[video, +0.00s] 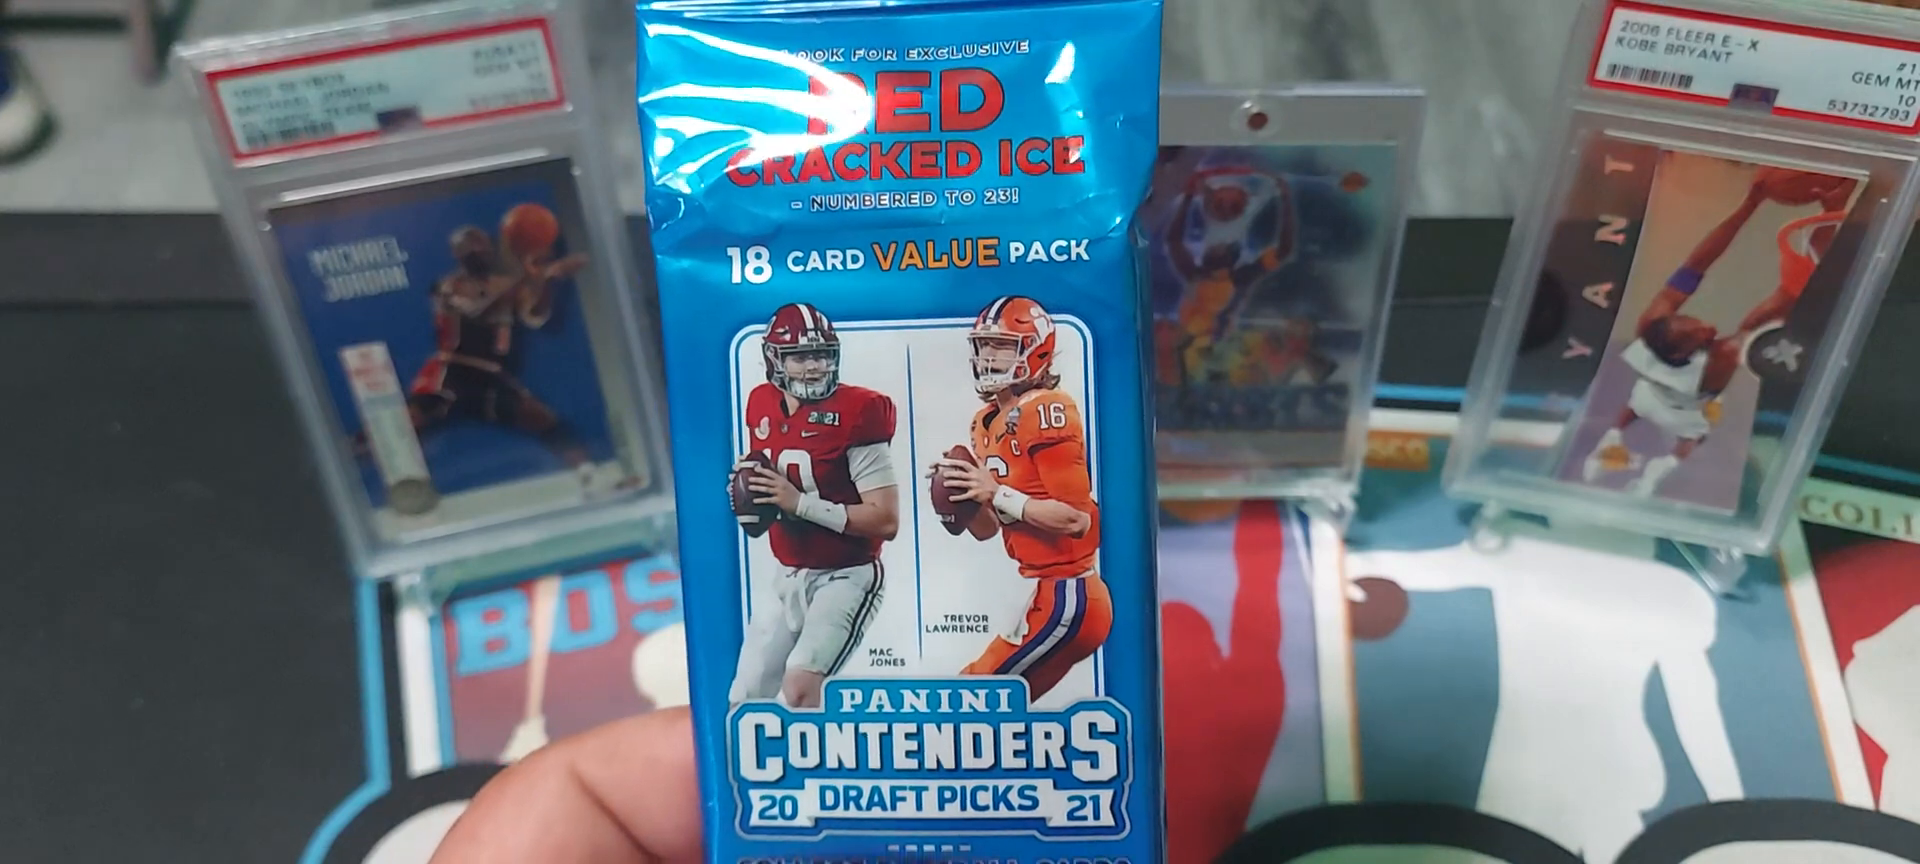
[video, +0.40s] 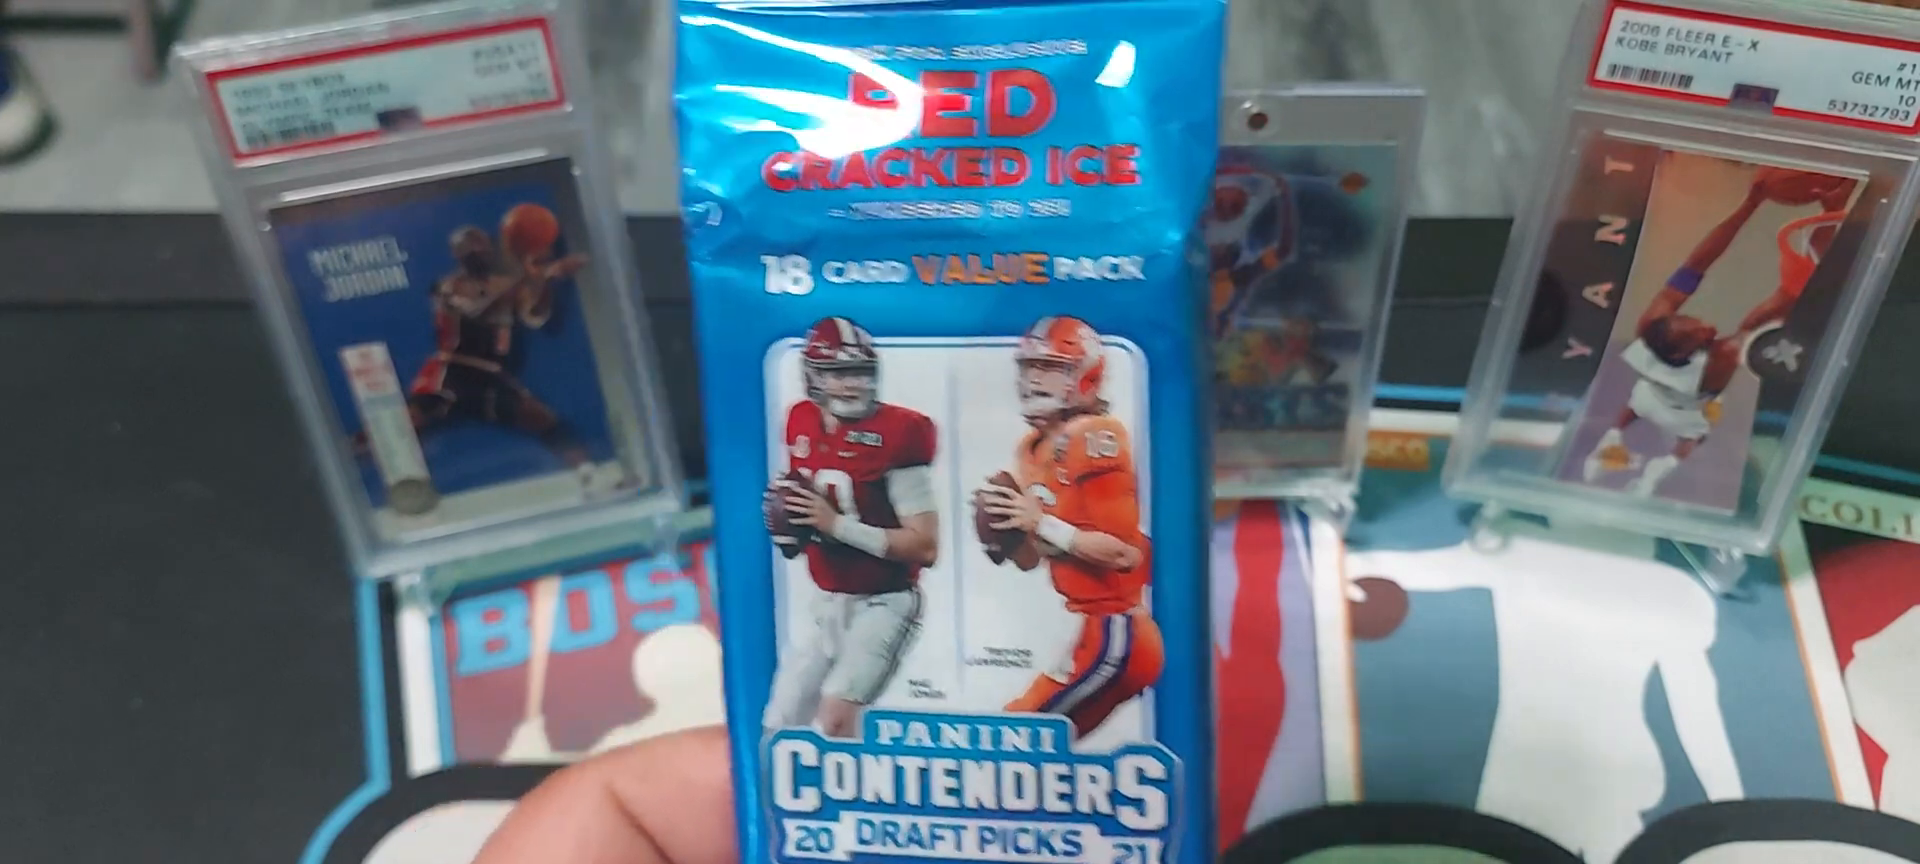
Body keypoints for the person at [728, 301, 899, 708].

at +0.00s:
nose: (813, 366)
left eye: (821, 355)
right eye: (800, 356)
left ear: (834, 357)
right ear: (776, 359)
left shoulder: (860, 411)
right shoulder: (762, 402)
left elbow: (885, 521)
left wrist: (798, 502)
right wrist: (745, 490)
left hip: (849, 576)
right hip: (788, 578)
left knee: (799, 689)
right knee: (744, 701)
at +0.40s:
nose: (852, 384)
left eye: (861, 372)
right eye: (838, 373)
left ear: (875, 375)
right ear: (813, 377)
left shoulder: (902, 432)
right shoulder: (802, 420)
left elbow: (925, 546)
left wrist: (836, 524)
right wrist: (783, 514)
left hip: (887, 602)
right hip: (826, 602)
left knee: (836, 715)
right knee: (779, 726)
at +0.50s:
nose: (904, 412)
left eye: (914, 400)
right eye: (890, 400)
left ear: (928, 402)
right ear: (865, 403)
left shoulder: (956, 461)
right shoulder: (852, 447)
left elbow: (975, 577)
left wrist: (885, 553)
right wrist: (832, 543)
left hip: (935, 635)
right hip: (871, 632)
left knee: (881, 748)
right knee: (823, 757)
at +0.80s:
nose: (959, 402)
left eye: (968, 391)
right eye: (946, 391)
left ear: (982, 394)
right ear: (919, 393)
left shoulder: (1004, 453)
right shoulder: (901, 436)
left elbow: (1021, 570)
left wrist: (932, 544)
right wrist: (877, 527)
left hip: (977, 626)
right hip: (910, 621)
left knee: (916, 738)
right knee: (858, 743)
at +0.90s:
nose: (979, 379)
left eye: (990, 367)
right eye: (967, 367)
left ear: (1004, 371)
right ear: (941, 369)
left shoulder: (1025, 429)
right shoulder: (923, 409)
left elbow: (1035, 547)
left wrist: (947, 517)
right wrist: (895, 494)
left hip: (991, 600)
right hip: (927, 594)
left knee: (926, 707)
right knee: (867, 712)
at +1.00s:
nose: (1003, 364)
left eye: (1014, 354)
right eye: (989, 352)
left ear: (1026, 358)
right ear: (963, 352)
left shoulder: (1045, 417)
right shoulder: (942, 394)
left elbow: (1053, 534)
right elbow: (933, 469)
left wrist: (966, 504)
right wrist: (911, 480)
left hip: (1006, 588)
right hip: (941, 580)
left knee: (937, 697)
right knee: (878, 698)